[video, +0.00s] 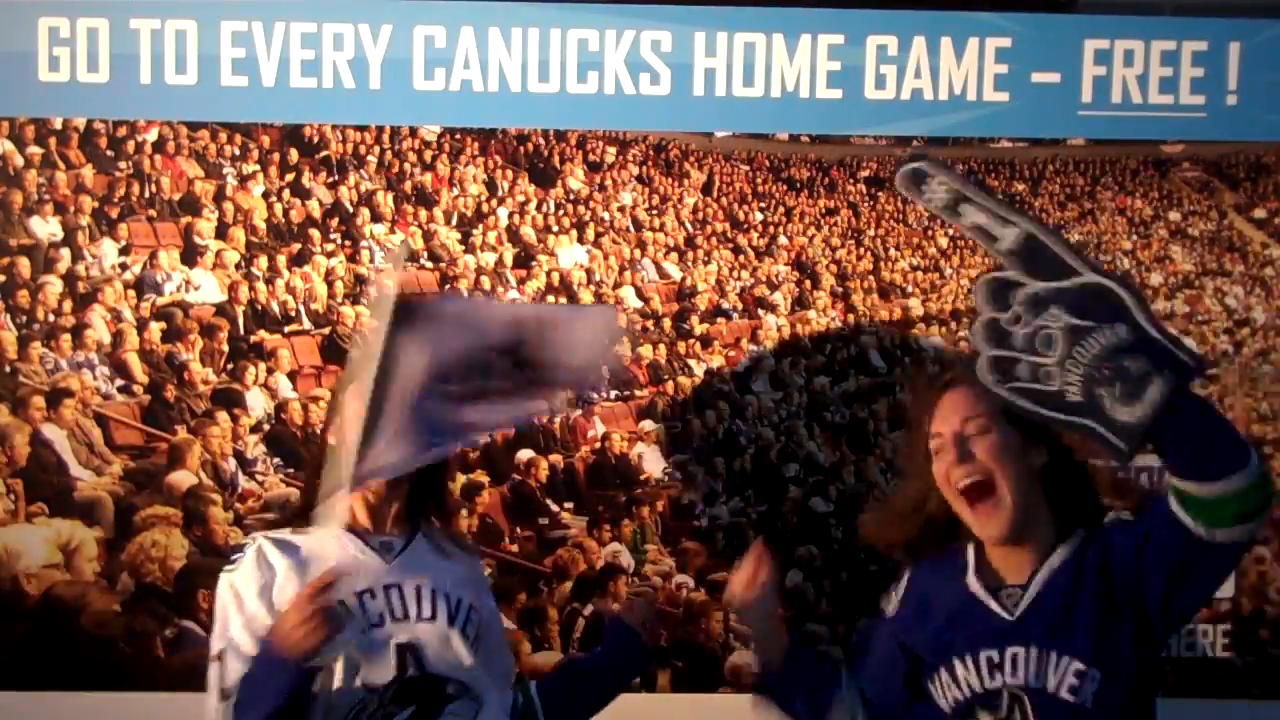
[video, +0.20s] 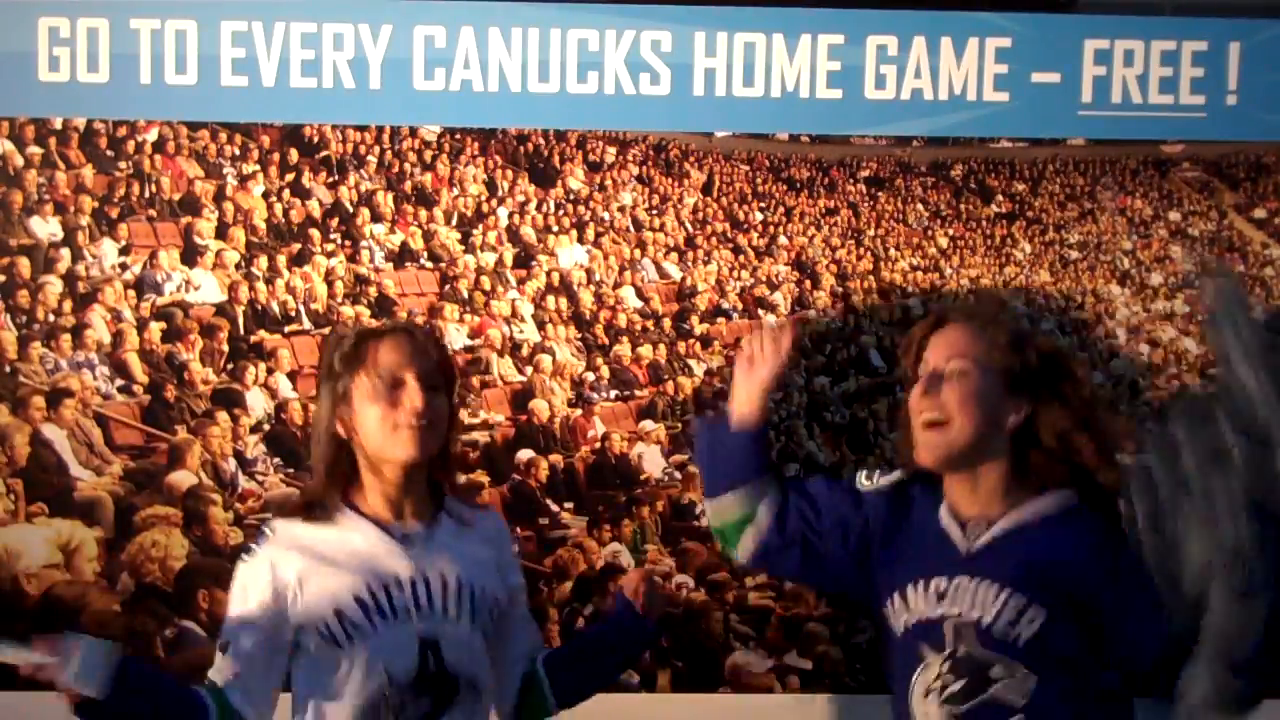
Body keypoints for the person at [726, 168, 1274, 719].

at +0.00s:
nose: (958, 454)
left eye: (979, 431)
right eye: (942, 446)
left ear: (1037, 446)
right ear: (934, 478)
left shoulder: (1123, 570)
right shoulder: (923, 596)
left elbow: (1230, 504)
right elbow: (858, 710)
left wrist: (1135, 383)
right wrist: (774, 646)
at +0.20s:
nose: (921, 395)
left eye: (949, 376)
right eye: (918, 379)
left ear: (1014, 409)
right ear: (910, 401)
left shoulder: (1087, 540)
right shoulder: (889, 520)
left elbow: (1149, 686)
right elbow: (748, 532)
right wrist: (746, 403)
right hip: (924, 712)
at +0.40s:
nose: (898, 423)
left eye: (924, 408)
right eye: (904, 407)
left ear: (995, 439)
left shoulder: (1085, 599)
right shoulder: (892, 554)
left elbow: (1123, 719)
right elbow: (754, 577)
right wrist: (747, 457)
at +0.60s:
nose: (895, 434)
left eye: (919, 412)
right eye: (893, 413)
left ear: (986, 428)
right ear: (887, 426)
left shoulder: (1094, 560)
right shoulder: (901, 589)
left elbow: (1245, 593)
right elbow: (886, 713)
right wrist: (799, 660)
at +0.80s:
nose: (909, 410)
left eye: (935, 393)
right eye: (898, 393)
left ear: (984, 417)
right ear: (883, 413)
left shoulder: (1059, 552)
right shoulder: (872, 557)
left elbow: (1126, 688)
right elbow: (846, 697)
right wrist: (781, 626)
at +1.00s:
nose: (914, 424)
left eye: (938, 405)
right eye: (898, 408)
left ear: (983, 432)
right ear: (881, 434)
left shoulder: (1057, 575)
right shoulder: (856, 561)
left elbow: (1124, 692)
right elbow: (808, 704)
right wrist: (765, 639)